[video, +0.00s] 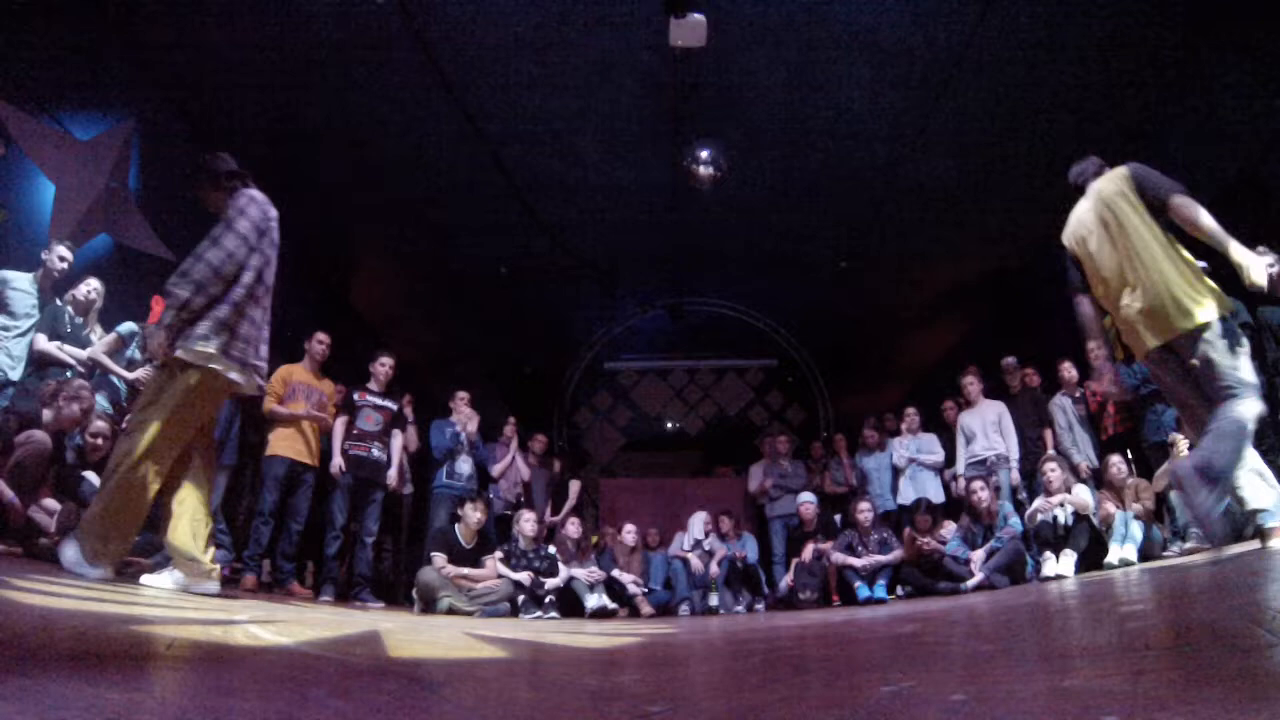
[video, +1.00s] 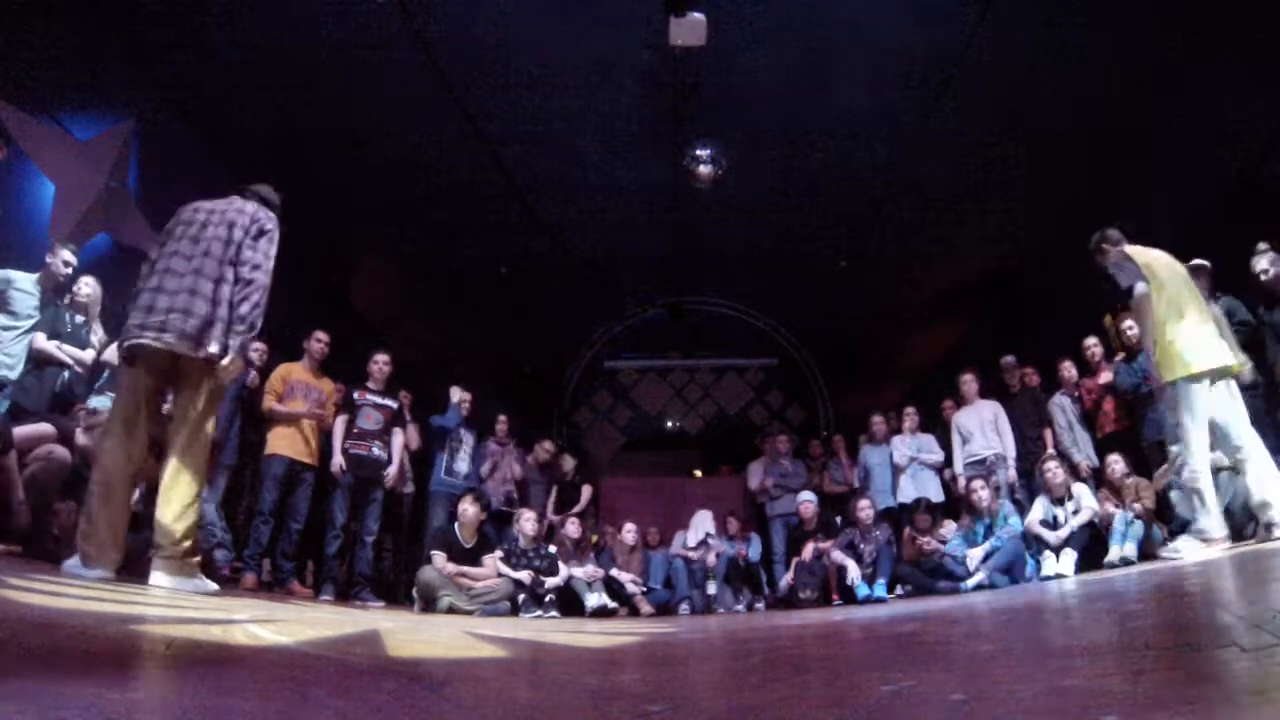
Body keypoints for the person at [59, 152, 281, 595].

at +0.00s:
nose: (205, 205)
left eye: (205, 196)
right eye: (203, 198)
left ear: (217, 185)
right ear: (234, 180)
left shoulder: (253, 205)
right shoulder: (253, 214)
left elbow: (218, 264)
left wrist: (167, 321)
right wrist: (169, 328)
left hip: (210, 349)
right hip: (220, 353)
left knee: (145, 446)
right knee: (192, 457)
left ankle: (94, 553)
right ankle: (194, 568)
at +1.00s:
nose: (269, 222)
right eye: (270, 215)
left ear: (240, 193)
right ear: (268, 206)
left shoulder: (189, 209)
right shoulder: (263, 219)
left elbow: (150, 266)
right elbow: (254, 279)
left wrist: (134, 326)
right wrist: (238, 345)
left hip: (151, 321)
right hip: (207, 334)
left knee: (121, 437)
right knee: (189, 447)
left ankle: (96, 557)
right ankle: (173, 565)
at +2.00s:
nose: (338, 285)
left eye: (340, 280)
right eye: (340, 280)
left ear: (317, 257)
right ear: (335, 270)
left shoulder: (269, 272)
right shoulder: (325, 275)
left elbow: (225, 325)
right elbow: (334, 337)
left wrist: (210, 379)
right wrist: (328, 389)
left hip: (237, 367)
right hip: (271, 373)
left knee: (246, 477)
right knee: (235, 468)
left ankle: (238, 572)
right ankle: (179, 553)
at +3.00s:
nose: (391, 318)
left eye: (396, 315)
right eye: (393, 310)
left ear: (385, 305)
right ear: (377, 294)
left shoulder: (364, 331)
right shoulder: (342, 311)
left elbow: (358, 381)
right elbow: (315, 352)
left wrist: (368, 416)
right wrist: (295, 391)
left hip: (346, 422)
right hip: (341, 419)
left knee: (342, 507)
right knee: (351, 506)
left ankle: (279, 555)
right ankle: (315, 583)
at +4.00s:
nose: (414, 294)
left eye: (420, 292)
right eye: (411, 286)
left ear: (422, 300)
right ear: (396, 285)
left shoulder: (399, 343)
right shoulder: (368, 304)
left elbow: (391, 395)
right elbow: (332, 338)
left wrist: (392, 450)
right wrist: (308, 382)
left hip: (371, 429)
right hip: (346, 417)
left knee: (357, 508)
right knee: (338, 501)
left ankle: (326, 582)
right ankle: (311, 581)